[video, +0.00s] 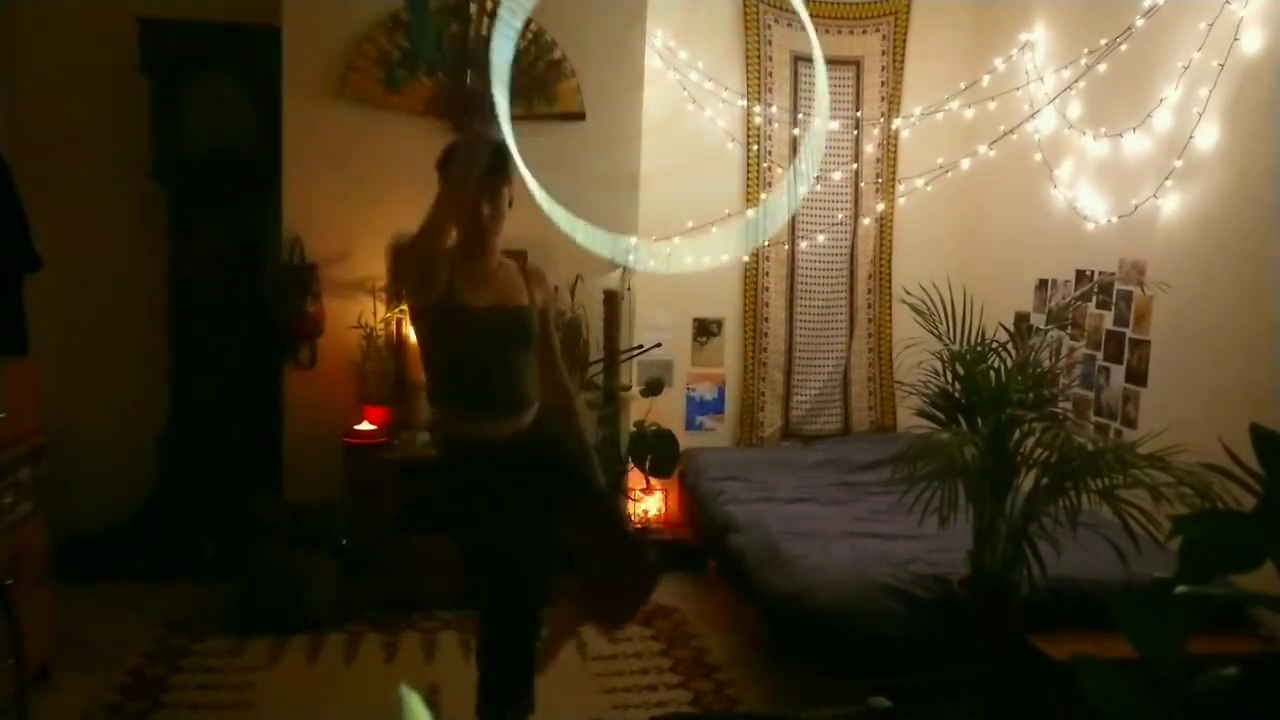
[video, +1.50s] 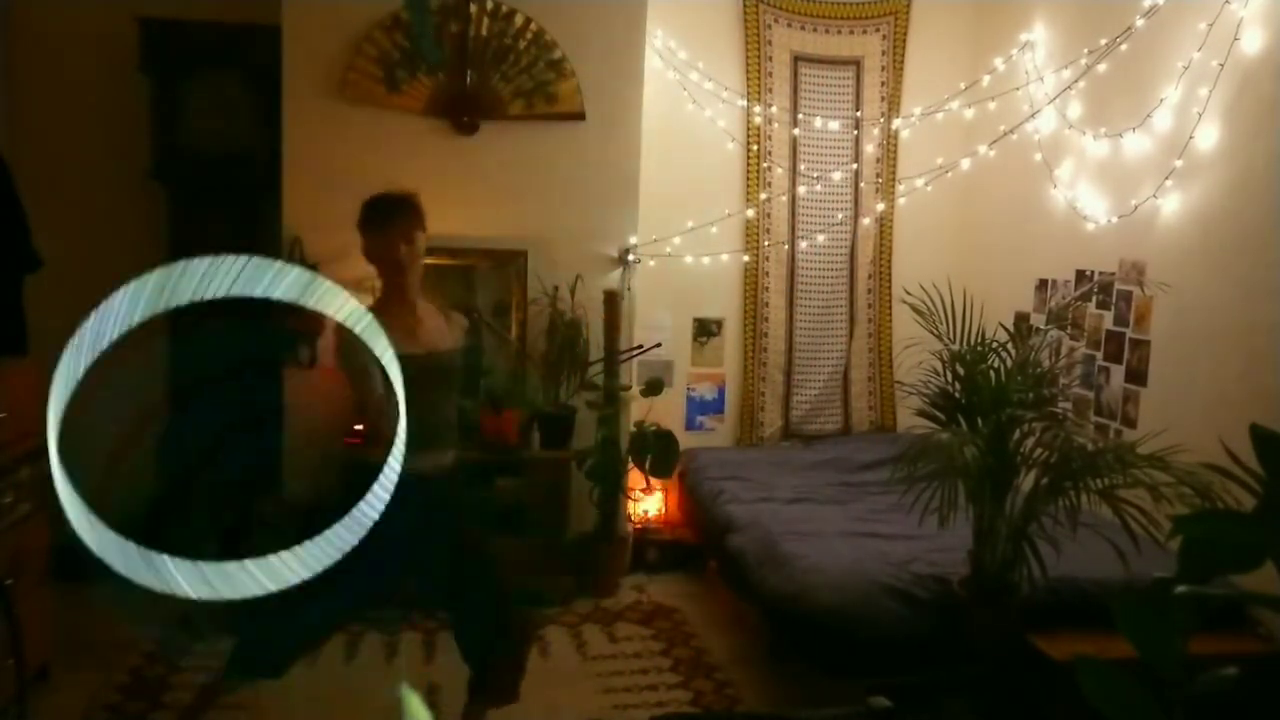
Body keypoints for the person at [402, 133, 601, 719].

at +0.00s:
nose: (487, 210)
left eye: (498, 196)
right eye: (476, 194)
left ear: (511, 202)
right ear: (452, 195)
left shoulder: (527, 274)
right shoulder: (427, 270)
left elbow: (555, 375)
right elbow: (417, 283)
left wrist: (585, 460)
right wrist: (447, 193)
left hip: (531, 452)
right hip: (467, 456)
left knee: (525, 596)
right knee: (497, 599)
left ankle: (510, 706)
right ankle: (503, 707)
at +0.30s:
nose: (483, 211)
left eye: (491, 198)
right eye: (468, 200)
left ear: (508, 205)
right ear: (447, 214)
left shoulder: (545, 287)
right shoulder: (433, 286)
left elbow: (552, 380)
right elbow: (456, 373)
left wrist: (549, 458)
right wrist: (510, 442)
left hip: (525, 461)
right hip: (455, 458)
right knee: (455, 595)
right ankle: (449, 699)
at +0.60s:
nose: (470, 232)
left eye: (480, 219)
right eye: (457, 219)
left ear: (494, 229)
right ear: (436, 229)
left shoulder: (504, 311)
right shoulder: (410, 313)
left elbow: (519, 394)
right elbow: (356, 377)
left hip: (483, 479)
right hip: (414, 476)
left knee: (488, 619)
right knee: (358, 590)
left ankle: (482, 712)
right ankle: (267, 668)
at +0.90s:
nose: (396, 238)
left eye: (406, 228)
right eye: (387, 226)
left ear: (419, 239)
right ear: (366, 232)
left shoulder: (426, 319)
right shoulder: (342, 304)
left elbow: (425, 395)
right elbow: (355, 209)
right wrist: (366, 107)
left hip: (419, 486)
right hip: (355, 485)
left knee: (469, 600)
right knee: (295, 601)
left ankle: (470, 706)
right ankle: (223, 686)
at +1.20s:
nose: (354, 231)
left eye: (364, 218)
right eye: (341, 217)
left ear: (377, 226)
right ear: (316, 222)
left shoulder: (386, 306)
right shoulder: (297, 291)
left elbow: (411, 393)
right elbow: (342, 323)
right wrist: (405, 319)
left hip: (381, 467)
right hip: (312, 470)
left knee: (433, 583)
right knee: (278, 591)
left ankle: (454, 701)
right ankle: (212, 685)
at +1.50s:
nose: (406, 248)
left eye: (413, 235)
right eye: (391, 236)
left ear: (425, 240)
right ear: (369, 246)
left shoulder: (459, 328)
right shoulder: (359, 333)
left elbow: (480, 408)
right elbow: (356, 425)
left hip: (453, 488)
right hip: (385, 492)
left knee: (501, 640)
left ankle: (472, 710)